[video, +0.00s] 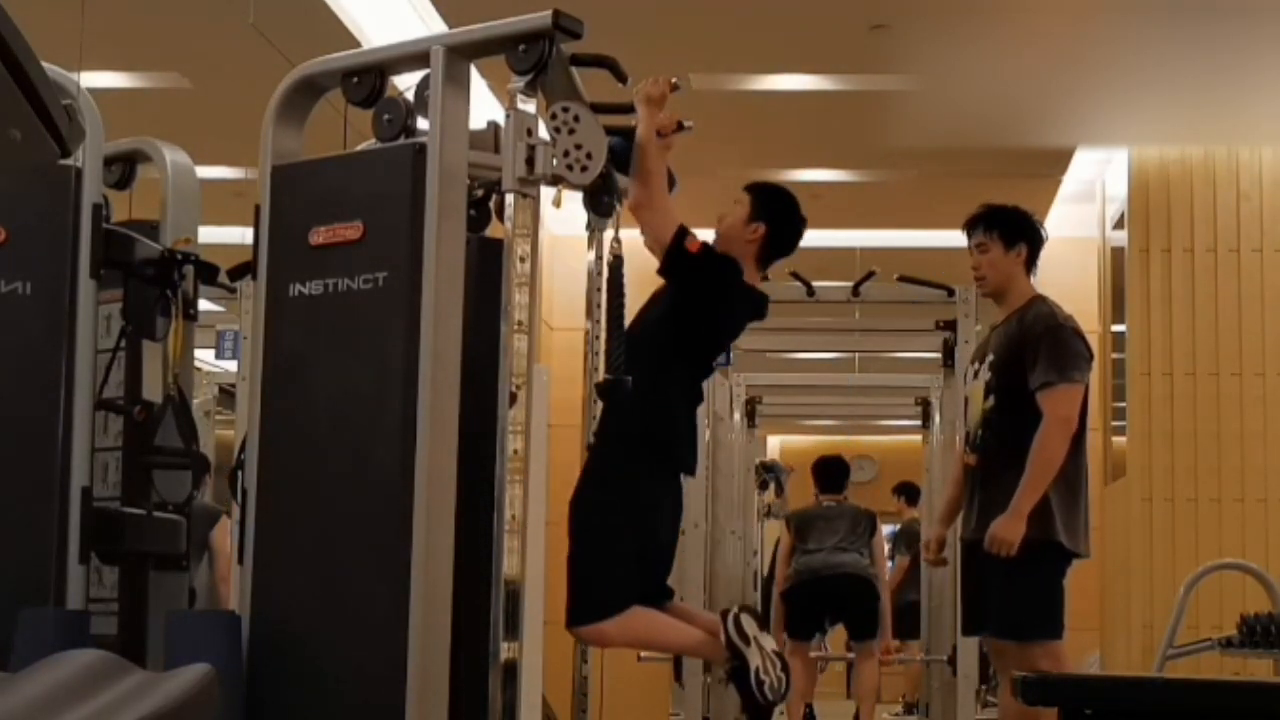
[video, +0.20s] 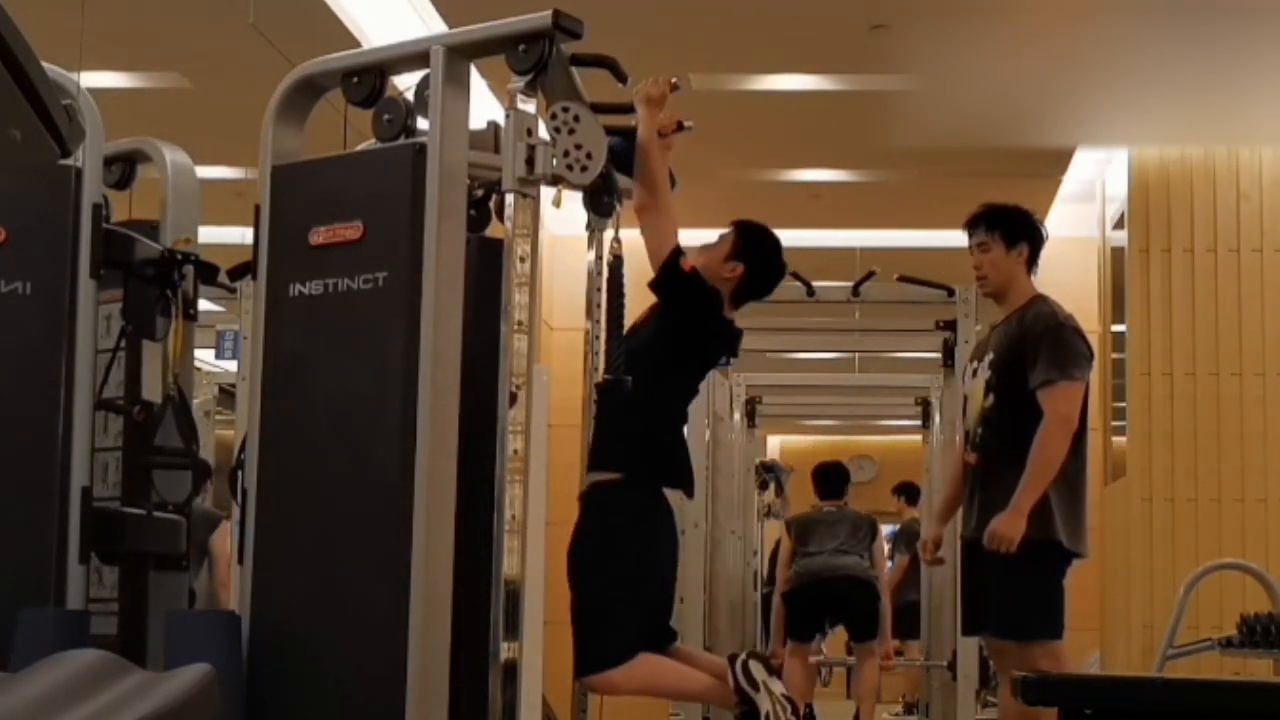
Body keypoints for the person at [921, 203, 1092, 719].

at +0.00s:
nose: (973, 263)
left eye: (984, 250)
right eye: (971, 252)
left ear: (1020, 253)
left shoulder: (1049, 327)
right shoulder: (996, 339)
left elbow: (1060, 426)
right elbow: (975, 443)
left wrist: (1017, 512)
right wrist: (942, 521)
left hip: (1034, 527)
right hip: (995, 526)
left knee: (1041, 668)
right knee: (1006, 663)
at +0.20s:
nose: (974, 262)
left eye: (985, 249)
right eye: (972, 252)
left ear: (1021, 252)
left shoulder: (1050, 326)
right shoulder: (995, 339)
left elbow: (1061, 424)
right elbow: (973, 441)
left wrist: (1018, 509)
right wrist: (938, 520)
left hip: (1034, 527)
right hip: (995, 525)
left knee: (1041, 671)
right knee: (1006, 665)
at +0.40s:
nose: (976, 258)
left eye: (987, 245)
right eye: (974, 248)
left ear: (1024, 251)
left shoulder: (1050, 324)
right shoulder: (993, 338)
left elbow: (1062, 422)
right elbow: (972, 439)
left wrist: (1018, 507)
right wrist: (931, 516)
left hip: (1033, 528)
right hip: (994, 526)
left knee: (1040, 670)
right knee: (1006, 665)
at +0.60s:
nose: (980, 255)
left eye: (992, 243)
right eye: (978, 245)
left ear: (1028, 250)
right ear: (981, 252)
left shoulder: (1052, 323)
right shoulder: (989, 338)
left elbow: (1063, 419)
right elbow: (968, 436)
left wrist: (1018, 505)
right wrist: (927, 510)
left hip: (1033, 526)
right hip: (991, 524)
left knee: (1040, 663)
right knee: (1004, 658)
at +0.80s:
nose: (983, 251)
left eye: (995, 239)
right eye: (983, 240)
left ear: (1032, 248)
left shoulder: (1054, 322)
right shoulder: (993, 335)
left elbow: (1066, 418)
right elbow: (969, 432)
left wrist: (1021, 503)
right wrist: (924, 507)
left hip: (1033, 527)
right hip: (992, 525)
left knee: (1039, 669)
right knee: (1005, 663)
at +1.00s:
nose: (988, 246)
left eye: (1000, 235)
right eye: (989, 236)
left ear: (1037, 245)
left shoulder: (1060, 323)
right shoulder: (994, 334)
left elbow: (1071, 417)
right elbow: (970, 432)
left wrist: (1025, 503)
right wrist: (926, 507)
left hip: (1036, 525)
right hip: (992, 523)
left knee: (1042, 666)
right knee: (1005, 661)